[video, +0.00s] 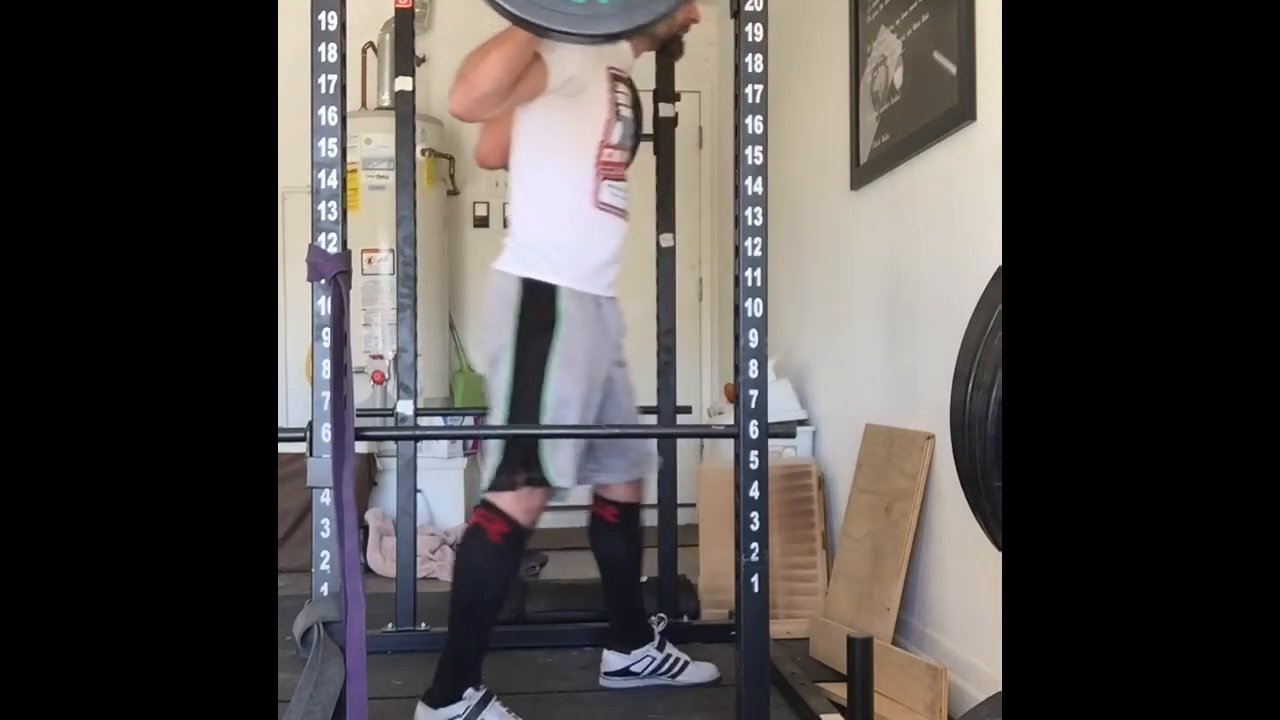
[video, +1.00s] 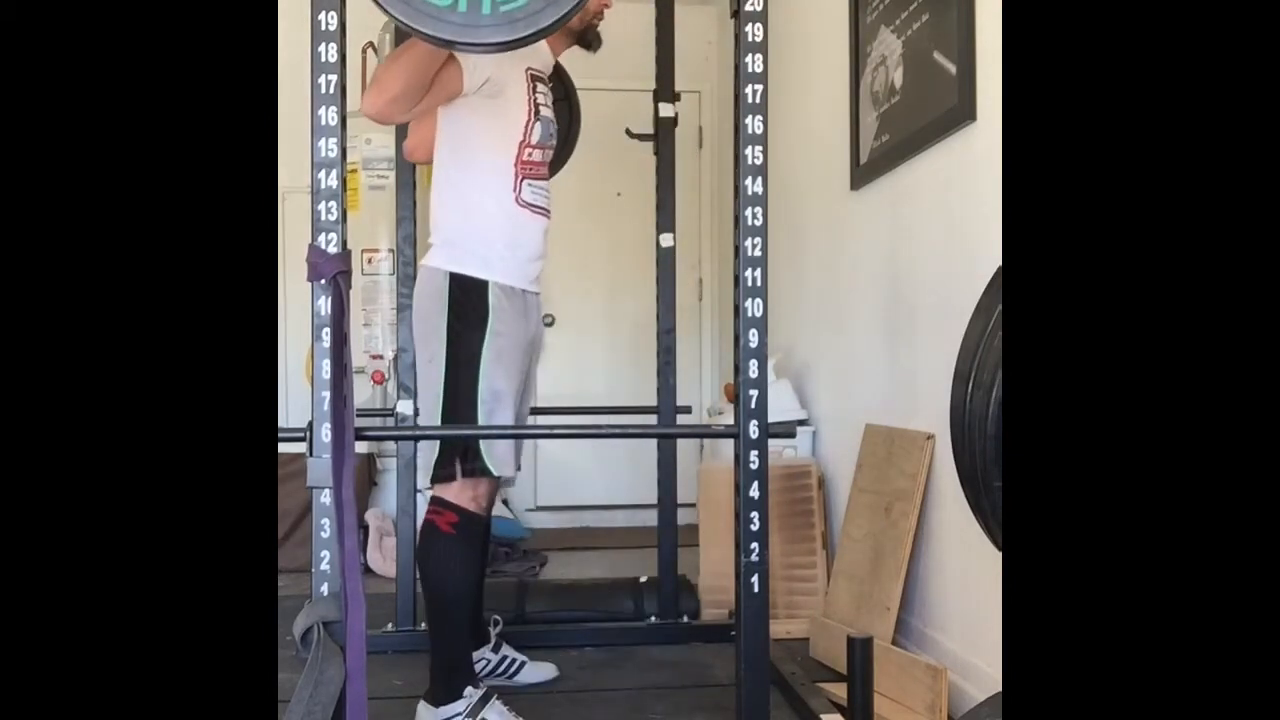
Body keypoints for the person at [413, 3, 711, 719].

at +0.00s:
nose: (691, 28)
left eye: (691, 21)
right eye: (686, 18)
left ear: (645, 15)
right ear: (650, 8)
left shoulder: (605, 67)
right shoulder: (569, 42)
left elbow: (493, 148)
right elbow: (462, 99)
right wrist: (544, 17)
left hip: (590, 297)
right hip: (543, 292)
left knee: (623, 474)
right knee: (520, 489)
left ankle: (631, 648)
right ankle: (452, 694)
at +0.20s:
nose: (664, 9)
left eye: (665, 4)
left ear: (629, 5)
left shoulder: (579, 54)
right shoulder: (538, 22)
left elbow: (453, 135)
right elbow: (423, 79)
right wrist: (493, 3)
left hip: (550, 288)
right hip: (501, 283)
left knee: (584, 454)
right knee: (480, 485)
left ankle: (553, 621)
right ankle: (448, 697)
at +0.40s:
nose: (643, 7)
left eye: (644, 3)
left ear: (608, 7)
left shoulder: (560, 58)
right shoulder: (516, 26)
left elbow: (440, 135)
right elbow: (404, 87)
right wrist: (465, 6)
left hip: (530, 288)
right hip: (484, 283)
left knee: (524, 476)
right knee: (476, 488)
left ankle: (481, 641)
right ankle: (445, 699)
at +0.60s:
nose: (625, 11)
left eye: (626, 7)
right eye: (619, 1)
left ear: (597, 15)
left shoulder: (552, 64)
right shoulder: (499, 34)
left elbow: (426, 138)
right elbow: (390, 92)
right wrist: (450, 14)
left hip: (513, 288)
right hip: (473, 283)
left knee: (486, 483)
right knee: (466, 486)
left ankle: (476, 648)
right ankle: (443, 696)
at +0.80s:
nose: (614, 19)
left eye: (612, 12)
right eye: (608, 8)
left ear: (581, 18)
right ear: (576, 6)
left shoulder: (540, 72)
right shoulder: (495, 49)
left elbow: (420, 142)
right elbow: (384, 99)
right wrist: (456, 20)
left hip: (507, 292)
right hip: (466, 289)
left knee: (482, 482)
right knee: (461, 486)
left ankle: (473, 647)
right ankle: (444, 694)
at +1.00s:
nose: (605, 13)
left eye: (604, 7)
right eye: (599, 4)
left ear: (574, 14)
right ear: (568, 3)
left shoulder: (534, 69)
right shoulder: (486, 48)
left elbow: (419, 143)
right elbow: (379, 100)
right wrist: (448, 19)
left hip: (509, 292)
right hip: (468, 288)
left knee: (483, 481)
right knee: (462, 484)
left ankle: (474, 647)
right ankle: (447, 693)